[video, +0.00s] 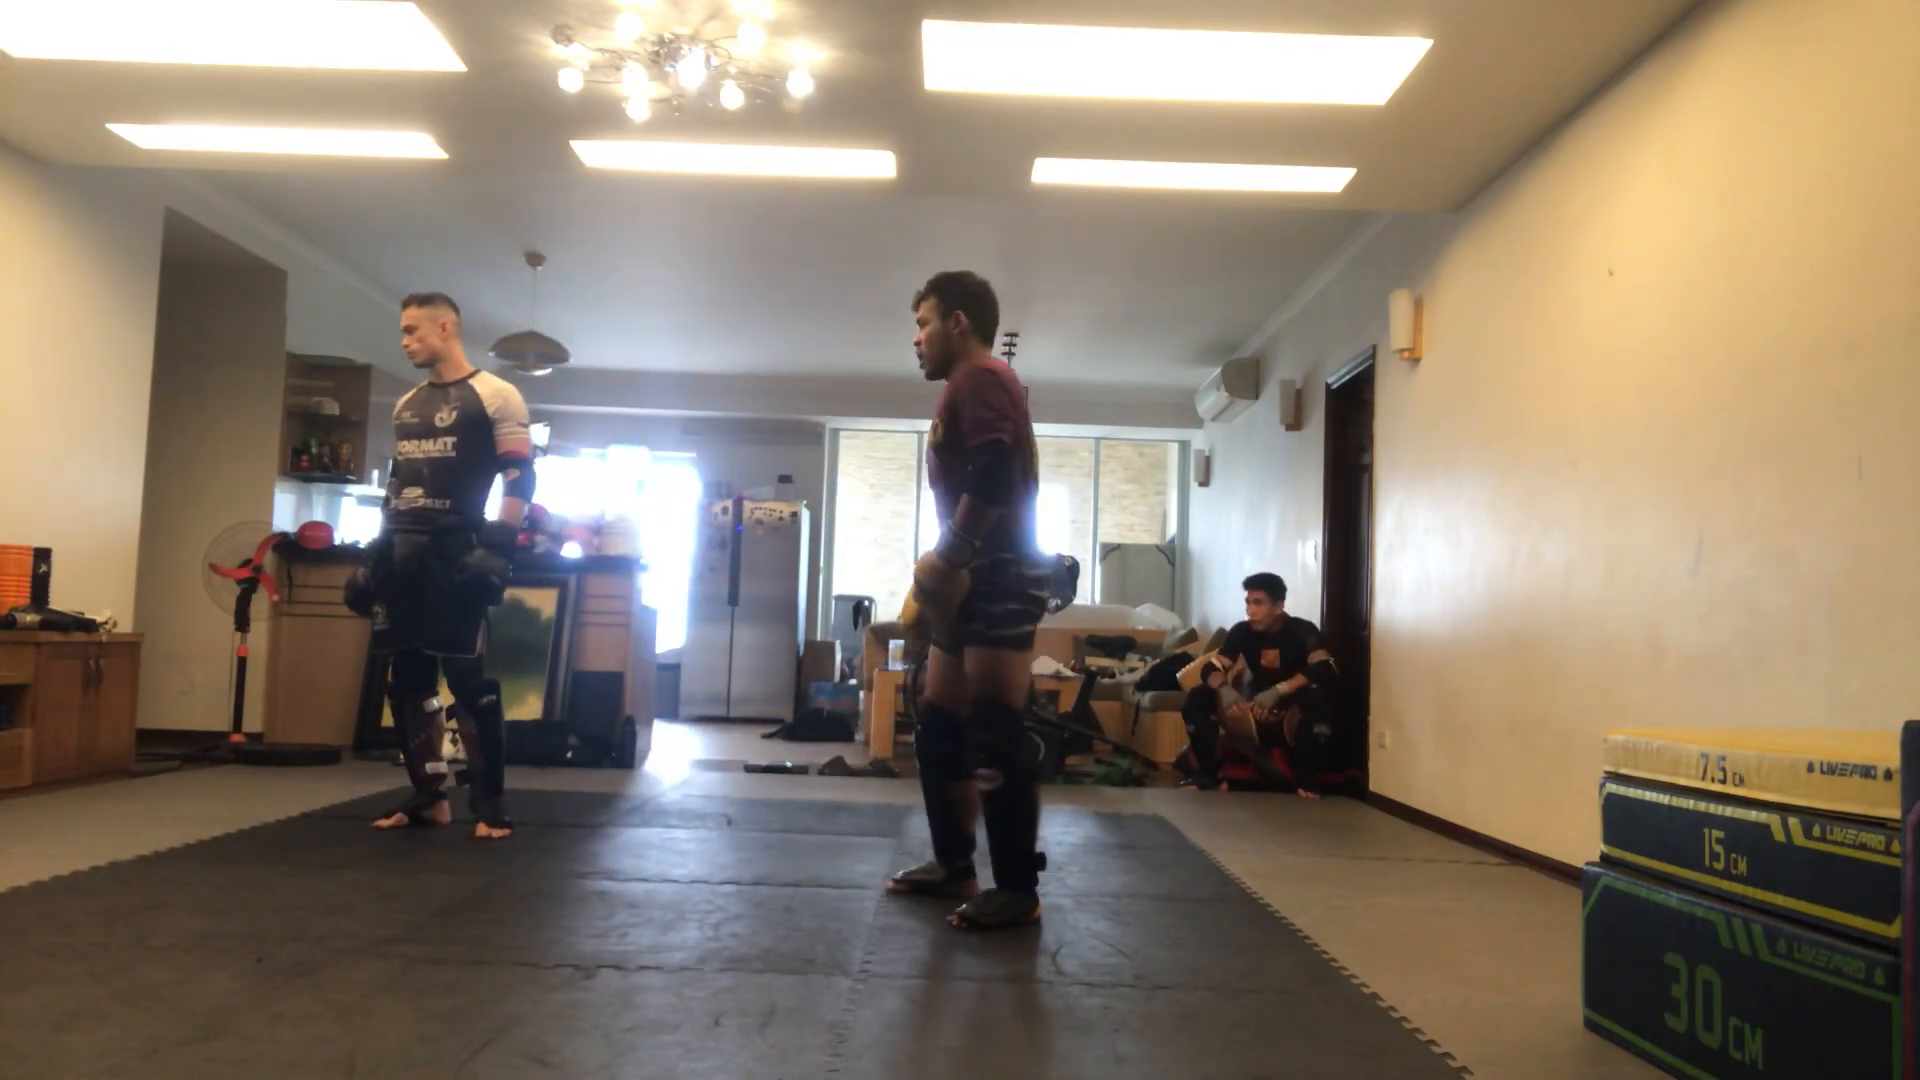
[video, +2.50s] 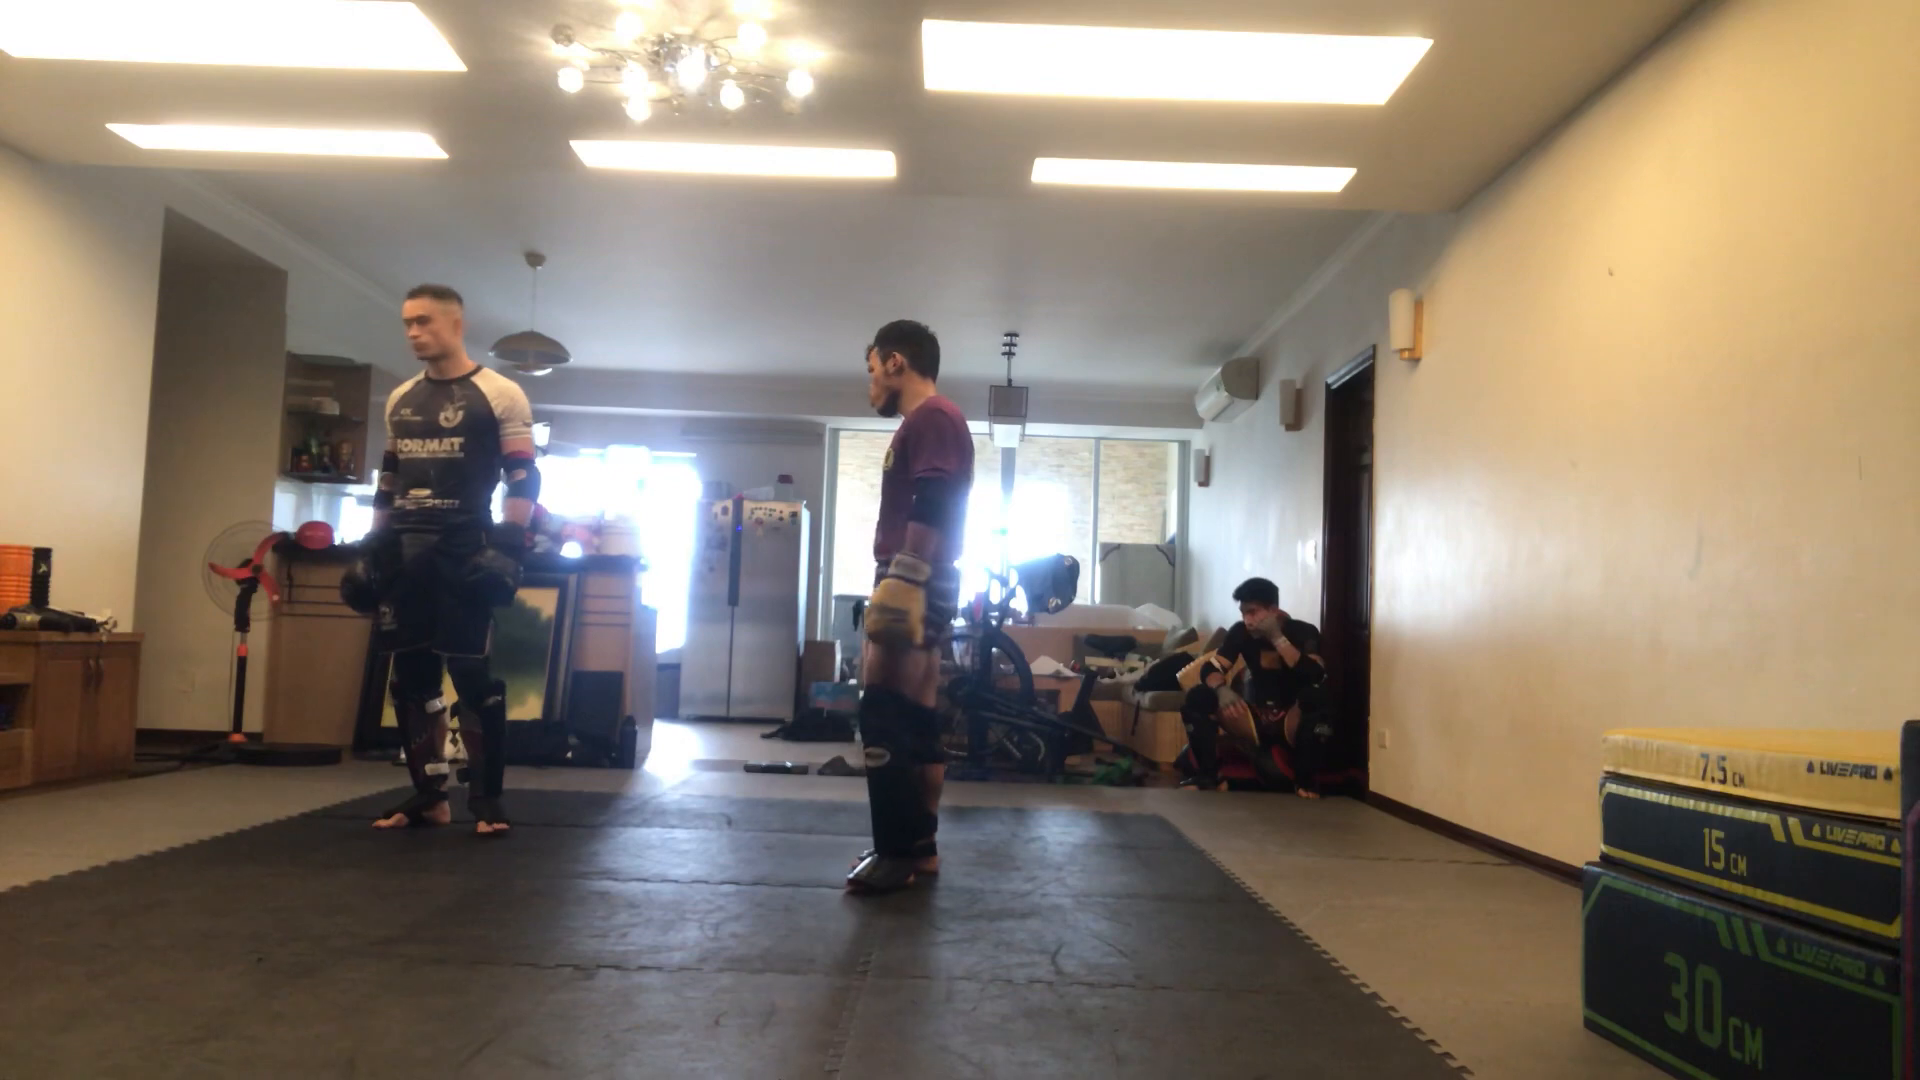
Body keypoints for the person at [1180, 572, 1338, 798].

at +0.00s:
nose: (1250, 610)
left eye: (1257, 603)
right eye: (1248, 603)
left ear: (1279, 605)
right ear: (1245, 603)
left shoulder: (1303, 631)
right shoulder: (1242, 632)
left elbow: (1324, 667)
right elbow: (1211, 669)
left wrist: (1277, 691)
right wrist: (1224, 689)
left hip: (1294, 708)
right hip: (1252, 708)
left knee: (1317, 704)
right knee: (1197, 699)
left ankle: (1307, 781)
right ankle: (1208, 775)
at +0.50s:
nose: (1250, 613)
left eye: (1257, 607)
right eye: (1248, 606)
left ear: (1278, 611)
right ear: (1245, 604)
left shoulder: (1302, 631)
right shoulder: (1242, 632)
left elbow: (1324, 668)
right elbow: (1212, 668)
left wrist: (1277, 691)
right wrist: (1223, 690)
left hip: (1293, 713)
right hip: (1254, 712)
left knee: (1316, 701)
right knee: (1198, 698)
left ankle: (1306, 781)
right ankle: (1208, 776)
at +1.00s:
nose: (1250, 614)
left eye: (1258, 608)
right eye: (1249, 606)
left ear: (1279, 611)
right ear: (1246, 604)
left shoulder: (1303, 631)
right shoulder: (1242, 631)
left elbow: (1325, 668)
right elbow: (1212, 669)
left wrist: (1278, 691)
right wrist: (1224, 691)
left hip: (1294, 711)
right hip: (1253, 711)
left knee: (1318, 702)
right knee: (1198, 698)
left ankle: (1306, 782)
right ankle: (1208, 776)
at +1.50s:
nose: (1248, 614)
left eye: (1256, 608)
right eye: (1247, 606)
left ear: (1278, 611)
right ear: (1245, 604)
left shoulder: (1302, 631)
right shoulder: (1241, 632)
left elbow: (1327, 668)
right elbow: (1212, 668)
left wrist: (1282, 690)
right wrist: (1223, 689)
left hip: (1294, 718)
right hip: (1253, 718)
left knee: (1321, 700)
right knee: (1198, 698)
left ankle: (1306, 781)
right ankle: (1208, 776)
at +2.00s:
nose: (1246, 620)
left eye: (1251, 613)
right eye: (1244, 613)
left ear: (1274, 608)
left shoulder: (1306, 633)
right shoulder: (1243, 632)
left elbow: (1312, 676)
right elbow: (1211, 668)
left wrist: (1279, 635)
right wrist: (1223, 689)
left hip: (1293, 720)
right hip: (1251, 720)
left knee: (1319, 703)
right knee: (1198, 698)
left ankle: (1306, 782)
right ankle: (1208, 777)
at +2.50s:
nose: (1246, 620)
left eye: (1252, 613)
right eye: (1243, 613)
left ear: (1273, 609)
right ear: (1240, 610)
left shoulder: (1304, 632)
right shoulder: (1241, 632)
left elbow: (1314, 675)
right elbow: (1210, 669)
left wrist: (1276, 637)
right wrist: (1222, 690)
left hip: (1291, 720)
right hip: (1251, 719)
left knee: (1317, 696)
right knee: (1198, 698)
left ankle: (1305, 780)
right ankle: (1207, 776)